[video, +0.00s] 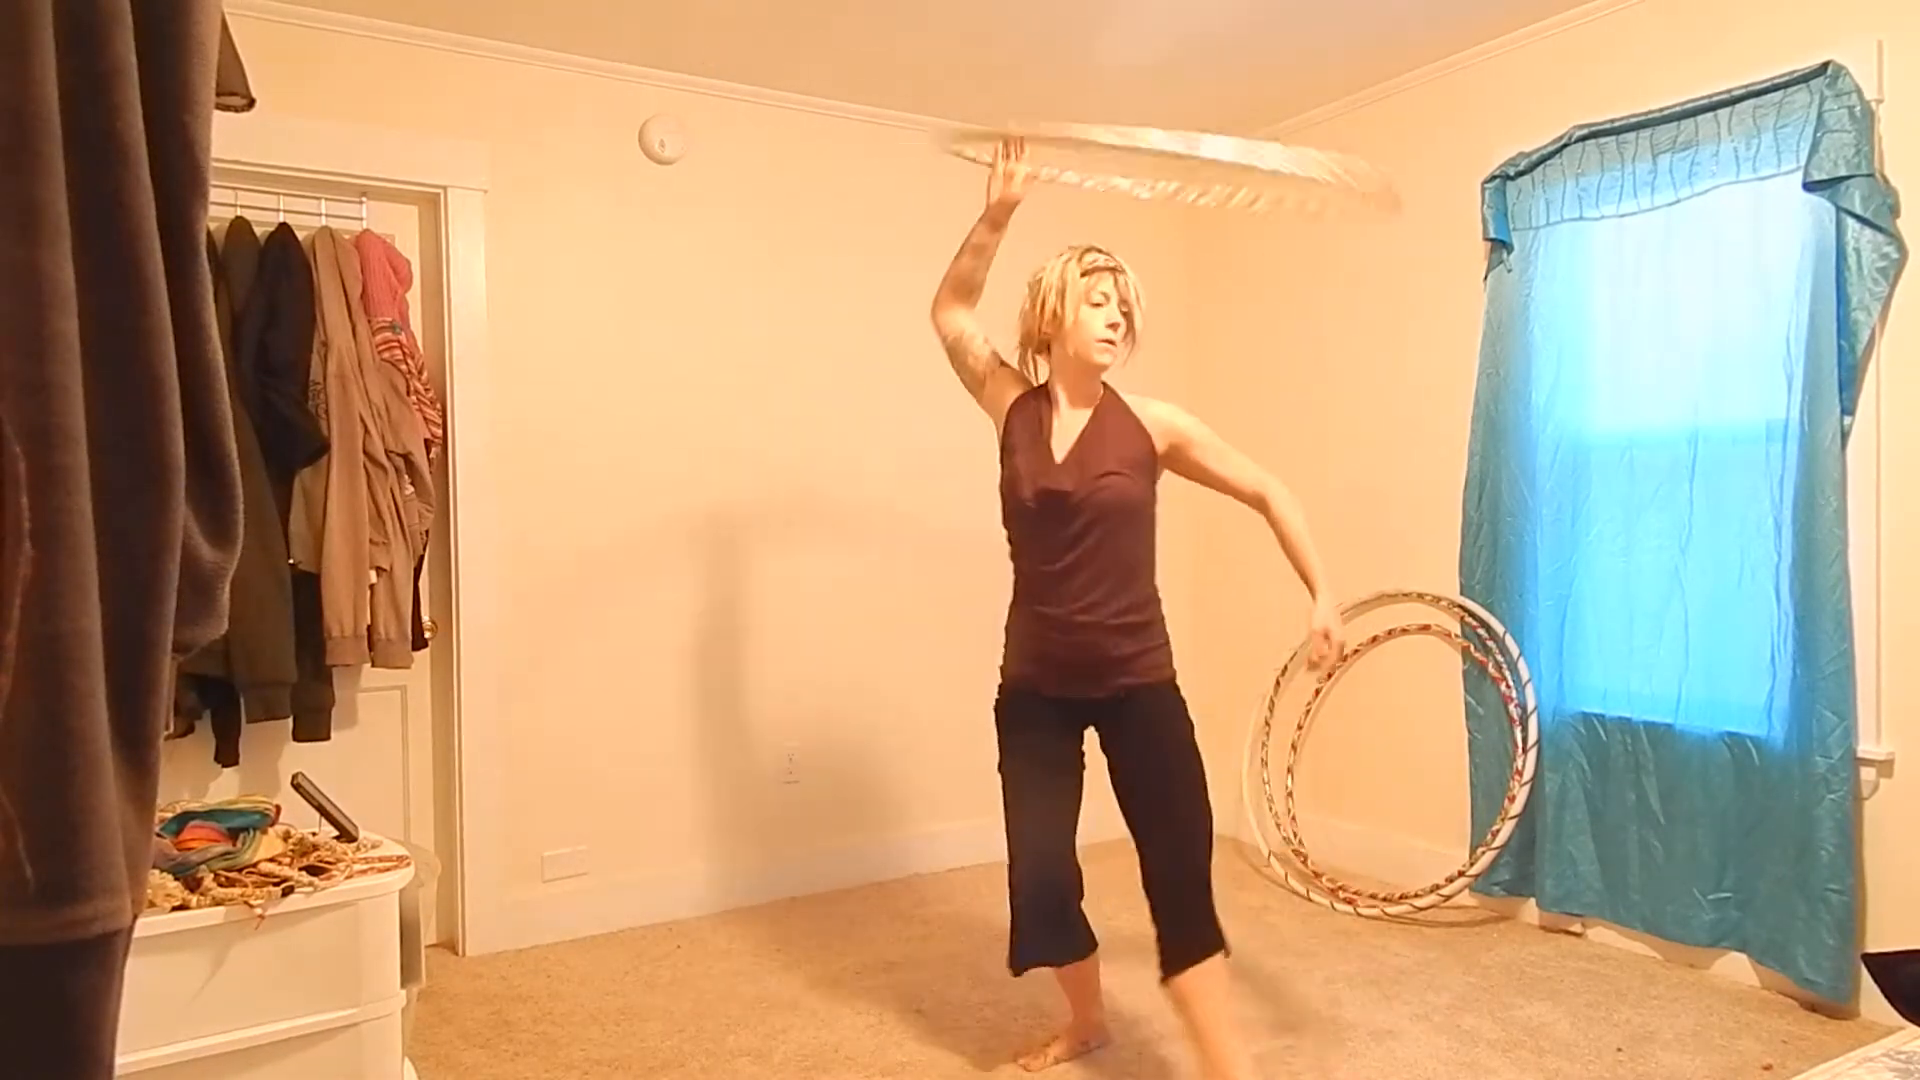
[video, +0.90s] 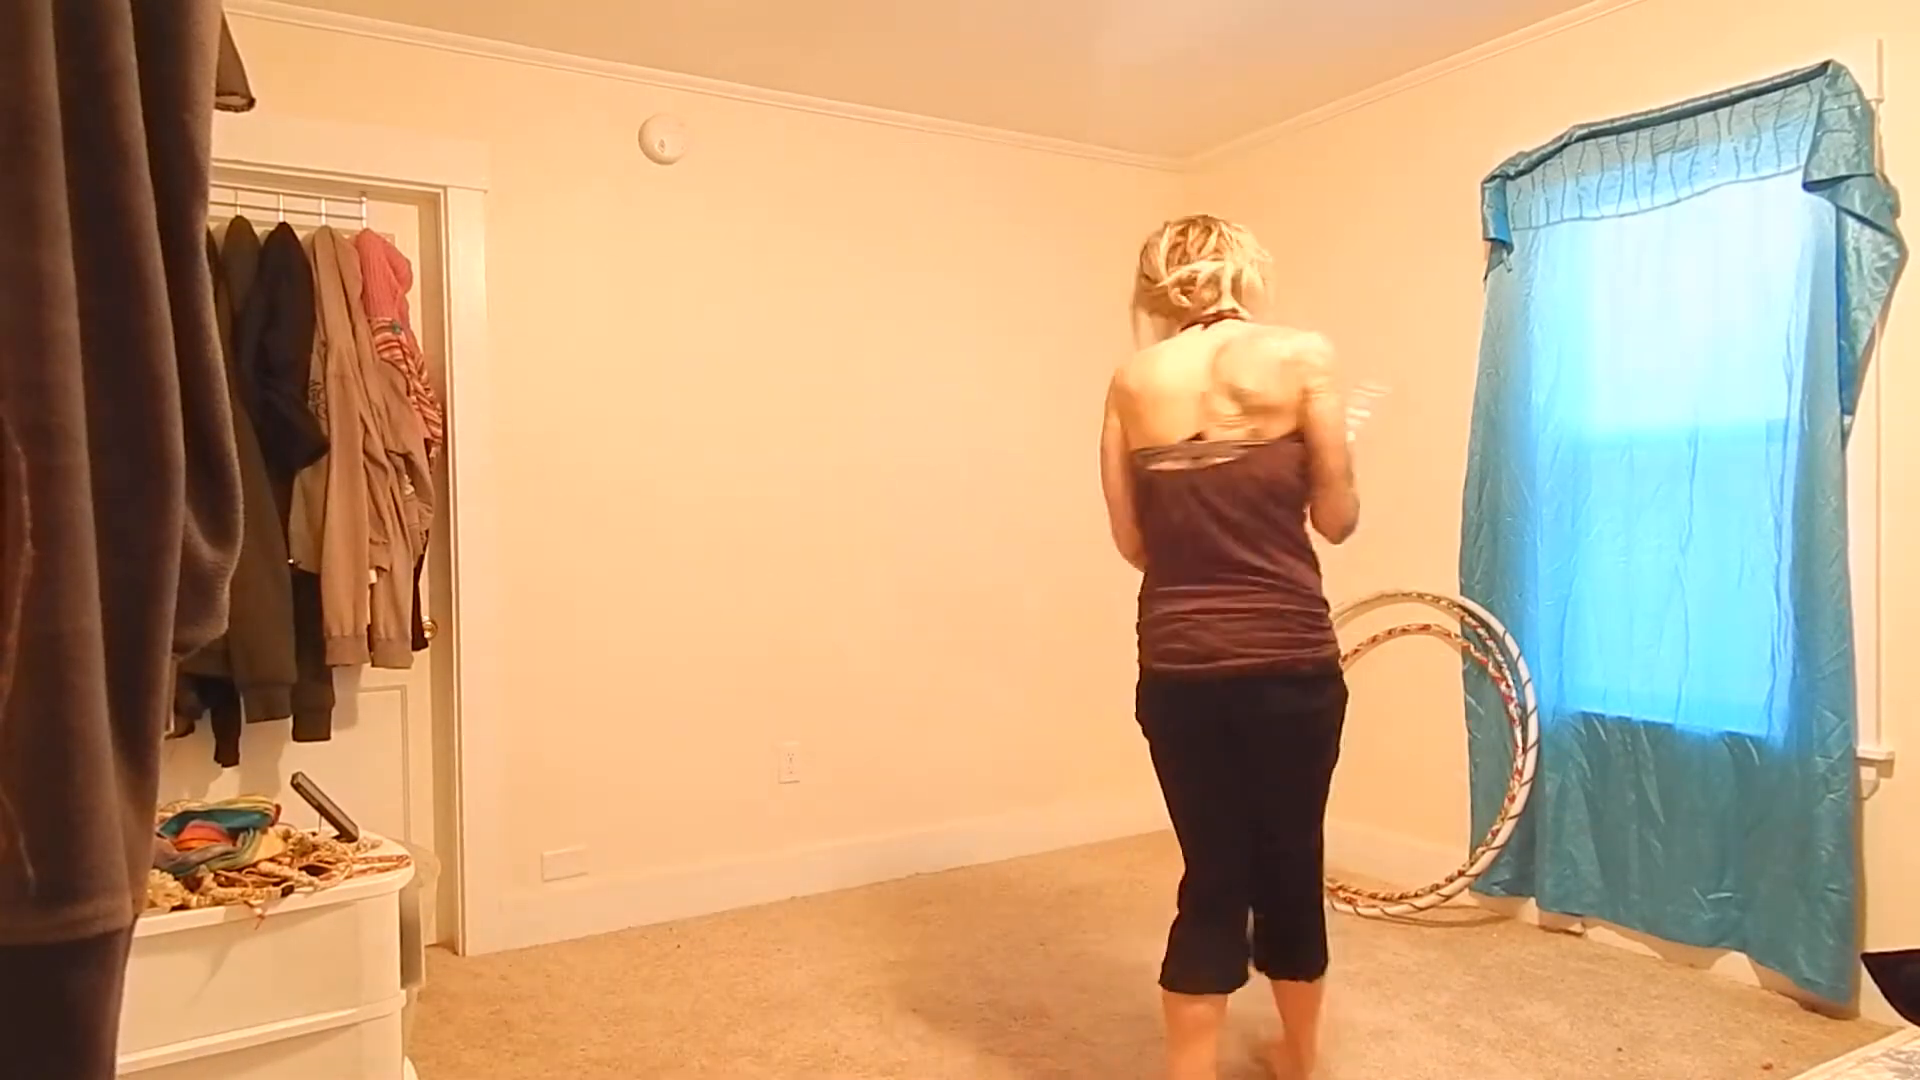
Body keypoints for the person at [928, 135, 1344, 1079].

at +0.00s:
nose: (1117, 317)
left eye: (1124, 305)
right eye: (1099, 301)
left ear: (1129, 327)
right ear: (1050, 316)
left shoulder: (1151, 423)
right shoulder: (1014, 404)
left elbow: (1269, 494)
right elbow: (951, 313)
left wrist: (1324, 605)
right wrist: (992, 219)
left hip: (1139, 678)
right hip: (1037, 680)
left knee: (1178, 868)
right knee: (1038, 869)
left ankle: (1223, 1061)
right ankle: (1085, 1029)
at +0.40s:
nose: (1228, 273)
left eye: (1227, 258)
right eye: (1204, 262)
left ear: (1234, 272)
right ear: (1156, 290)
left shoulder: (1248, 381)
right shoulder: (1139, 398)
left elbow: (1241, 504)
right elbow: (1004, 445)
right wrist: (953, 327)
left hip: (1232, 684)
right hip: (1148, 682)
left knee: (1230, 917)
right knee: (1176, 897)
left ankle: (1186, 1064)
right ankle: (1059, 974)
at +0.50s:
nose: (1274, 281)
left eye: (1273, 265)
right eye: (1256, 264)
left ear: (1239, 283)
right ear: (1199, 277)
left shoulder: (1245, 383)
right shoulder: (1165, 390)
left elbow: (1235, 517)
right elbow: (1124, 512)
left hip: (1230, 670)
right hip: (1165, 671)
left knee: (1267, 885)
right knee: (1261, 883)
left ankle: (1196, 1066)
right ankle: (1100, 989)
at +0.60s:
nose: (1303, 305)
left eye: (1304, 285)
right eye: (1293, 282)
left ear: (1233, 285)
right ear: (1239, 279)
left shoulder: (1223, 389)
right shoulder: (1178, 383)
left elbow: (1209, 548)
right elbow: (1205, 525)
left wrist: (1247, 644)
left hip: (1213, 668)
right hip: (1189, 672)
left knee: (1269, 878)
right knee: (1328, 863)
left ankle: (1198, 1051)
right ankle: (1195, 1047)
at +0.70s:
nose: (1295, 326)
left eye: (1297, 306)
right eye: (1292, 303)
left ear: (1222, 292)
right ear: (1251, 290)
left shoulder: (1166, 380)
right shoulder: (1212, 375)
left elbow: (1195, 549)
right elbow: (1247, 536)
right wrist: (1391, 500)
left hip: (1176, 675)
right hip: (1229, 673)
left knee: (1250, 886)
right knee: (1353, 861)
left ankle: (1194, 1069)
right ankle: (1304, 1067)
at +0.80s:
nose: (1277, 302)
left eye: (1277, 284)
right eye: (1274, 284)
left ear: (1183, 286)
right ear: (1250, 282)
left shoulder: (1140, 379)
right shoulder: (1259, 358)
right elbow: (1283, 527)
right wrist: (1370, 505)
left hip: (1169, 682)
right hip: (1265, 677)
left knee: (1225, 887)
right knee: (1320, 880)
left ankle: (1189, 1070)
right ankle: (1325, 1069)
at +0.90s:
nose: (1267, 283)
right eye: (1258, 267)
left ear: (1158, 286)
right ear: (1248, 274)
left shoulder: (1131, 380)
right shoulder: (1300, 356)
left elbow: (1132, 540)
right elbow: (1335, 517)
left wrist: (1210, 488)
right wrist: (1326, 439)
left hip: (1177, 675)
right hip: (1288, 669)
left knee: (1208, 876)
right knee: (1292, 868)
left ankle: (1188, 1067)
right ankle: (1300, 1057)